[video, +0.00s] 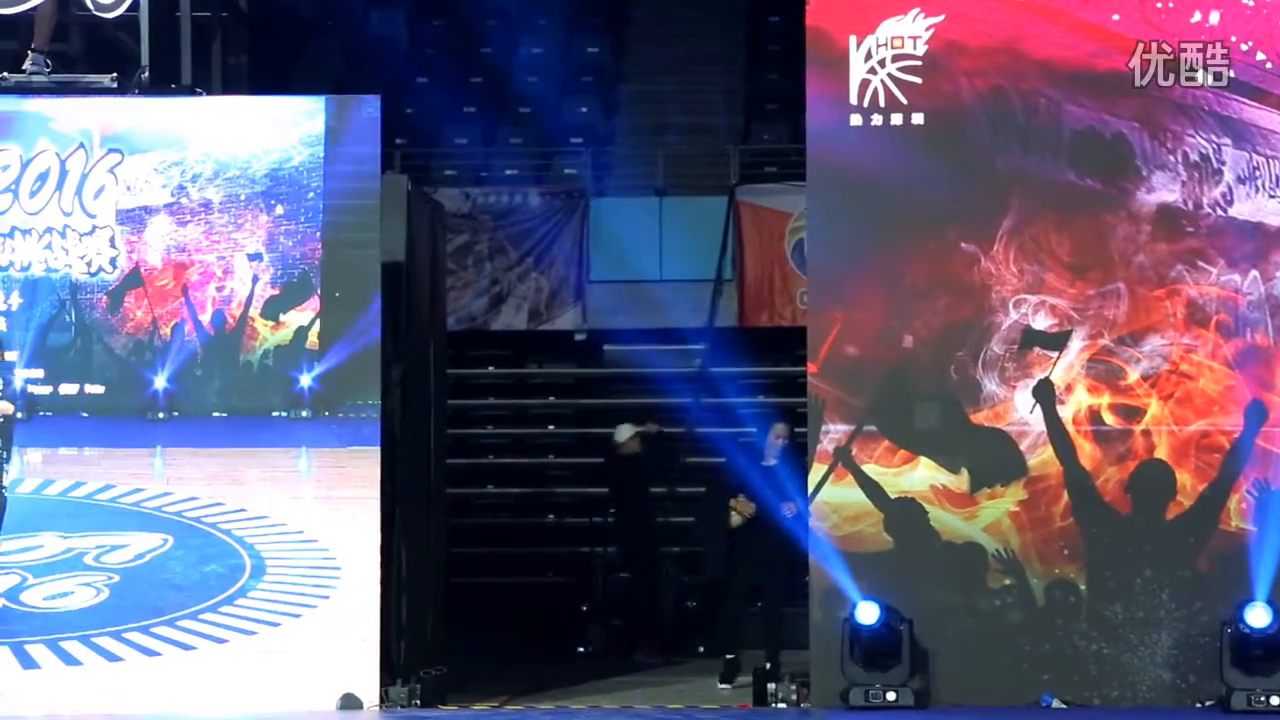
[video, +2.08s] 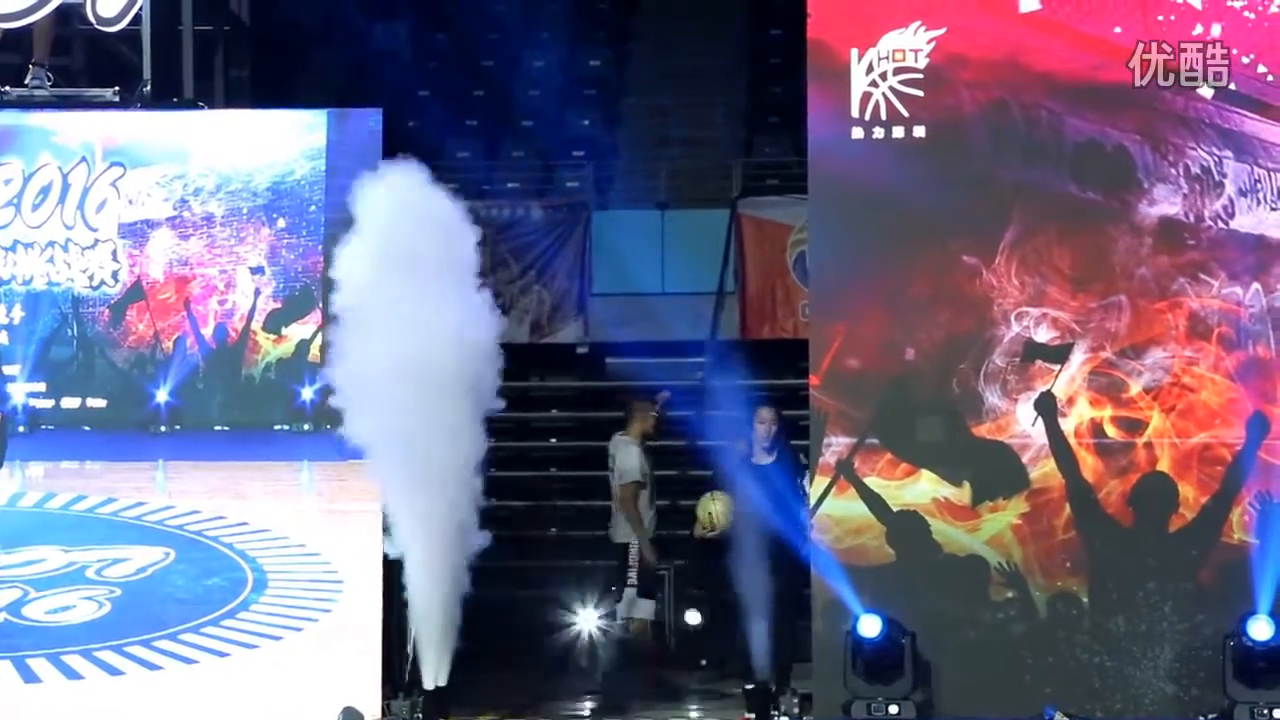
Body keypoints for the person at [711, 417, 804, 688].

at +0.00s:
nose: (780, 443)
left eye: (784, 438)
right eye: (776, 437)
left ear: (788, 441)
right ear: (764, 436)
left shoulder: (792, 471)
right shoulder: (743, 468)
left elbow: (803, 507)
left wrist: (795, 509)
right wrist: (735, 510)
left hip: (779, 549)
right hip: (744, 548)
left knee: (774, 606)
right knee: (736, 604)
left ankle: (772, 665)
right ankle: (731, 662)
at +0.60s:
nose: (803, 438)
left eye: (807, 434)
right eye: (799, 433)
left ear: (813, 437)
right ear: (788, 435)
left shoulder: (815, 467)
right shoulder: (773, 464)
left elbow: (814, 500)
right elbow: (751, 490)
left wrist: (779, 503)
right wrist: (762, 498)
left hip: (806, 546)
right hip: (775, 545)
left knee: (808, 610)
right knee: (776, 607)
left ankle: (813, 671)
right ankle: (775, 672)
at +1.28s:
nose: (787, 437)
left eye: (792, 431)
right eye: (782, 431)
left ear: (800, 435)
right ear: (772, 434)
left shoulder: (812, 468)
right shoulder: (757, 470)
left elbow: (829, 503)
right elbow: (731, 498)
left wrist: (817, 523)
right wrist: (736, 515)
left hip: (803, 559)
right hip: (767, 559)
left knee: (808, 624)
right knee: (772, 624)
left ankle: (814, 691)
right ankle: (772, 696)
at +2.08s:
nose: (766, 429)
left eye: (771, 423)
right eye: (761, 423)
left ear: (778, 427)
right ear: (751, 426)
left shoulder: (788, 462)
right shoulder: (735, 462)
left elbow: (801, 506)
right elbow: (720, 502)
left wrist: (805, 530)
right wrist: (708, 525)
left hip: (783, 549)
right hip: (748, 547)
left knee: (783, 617)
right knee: (753, 612)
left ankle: (782, 686)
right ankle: (753, 686)